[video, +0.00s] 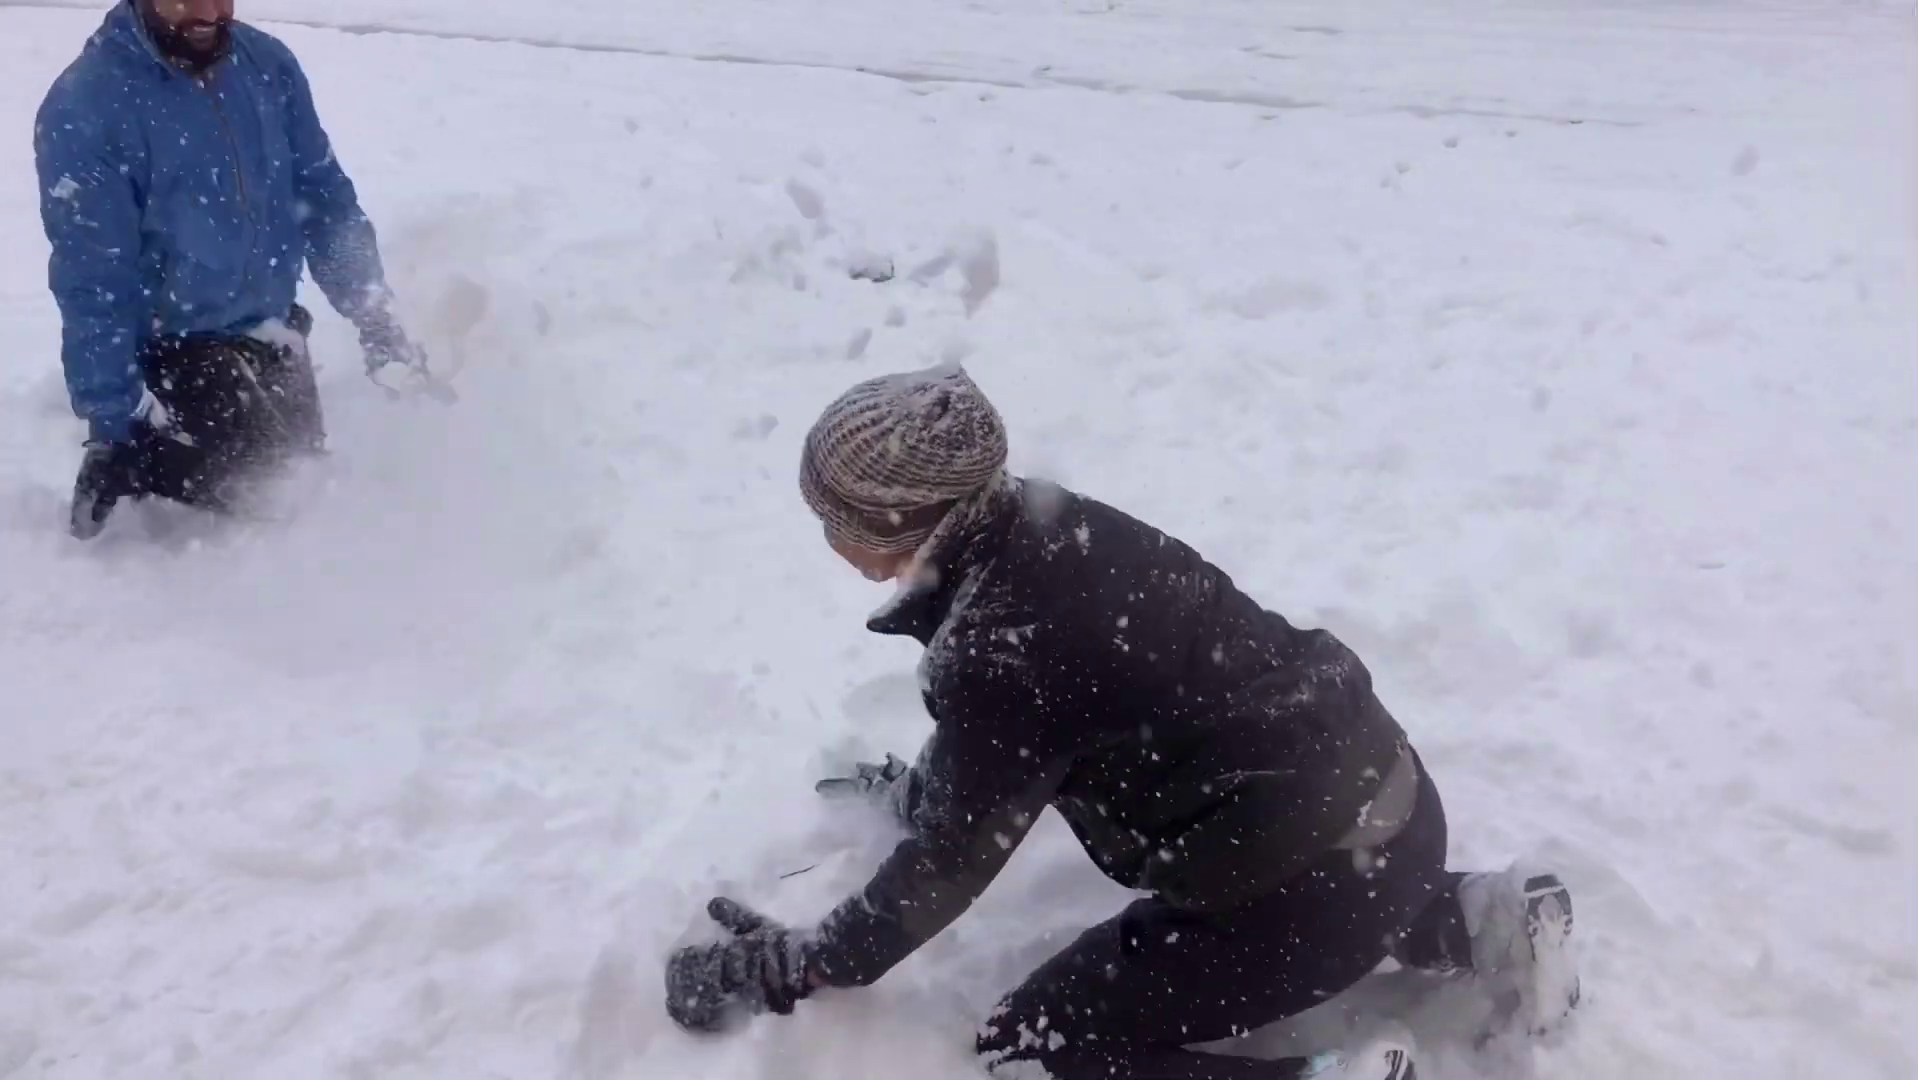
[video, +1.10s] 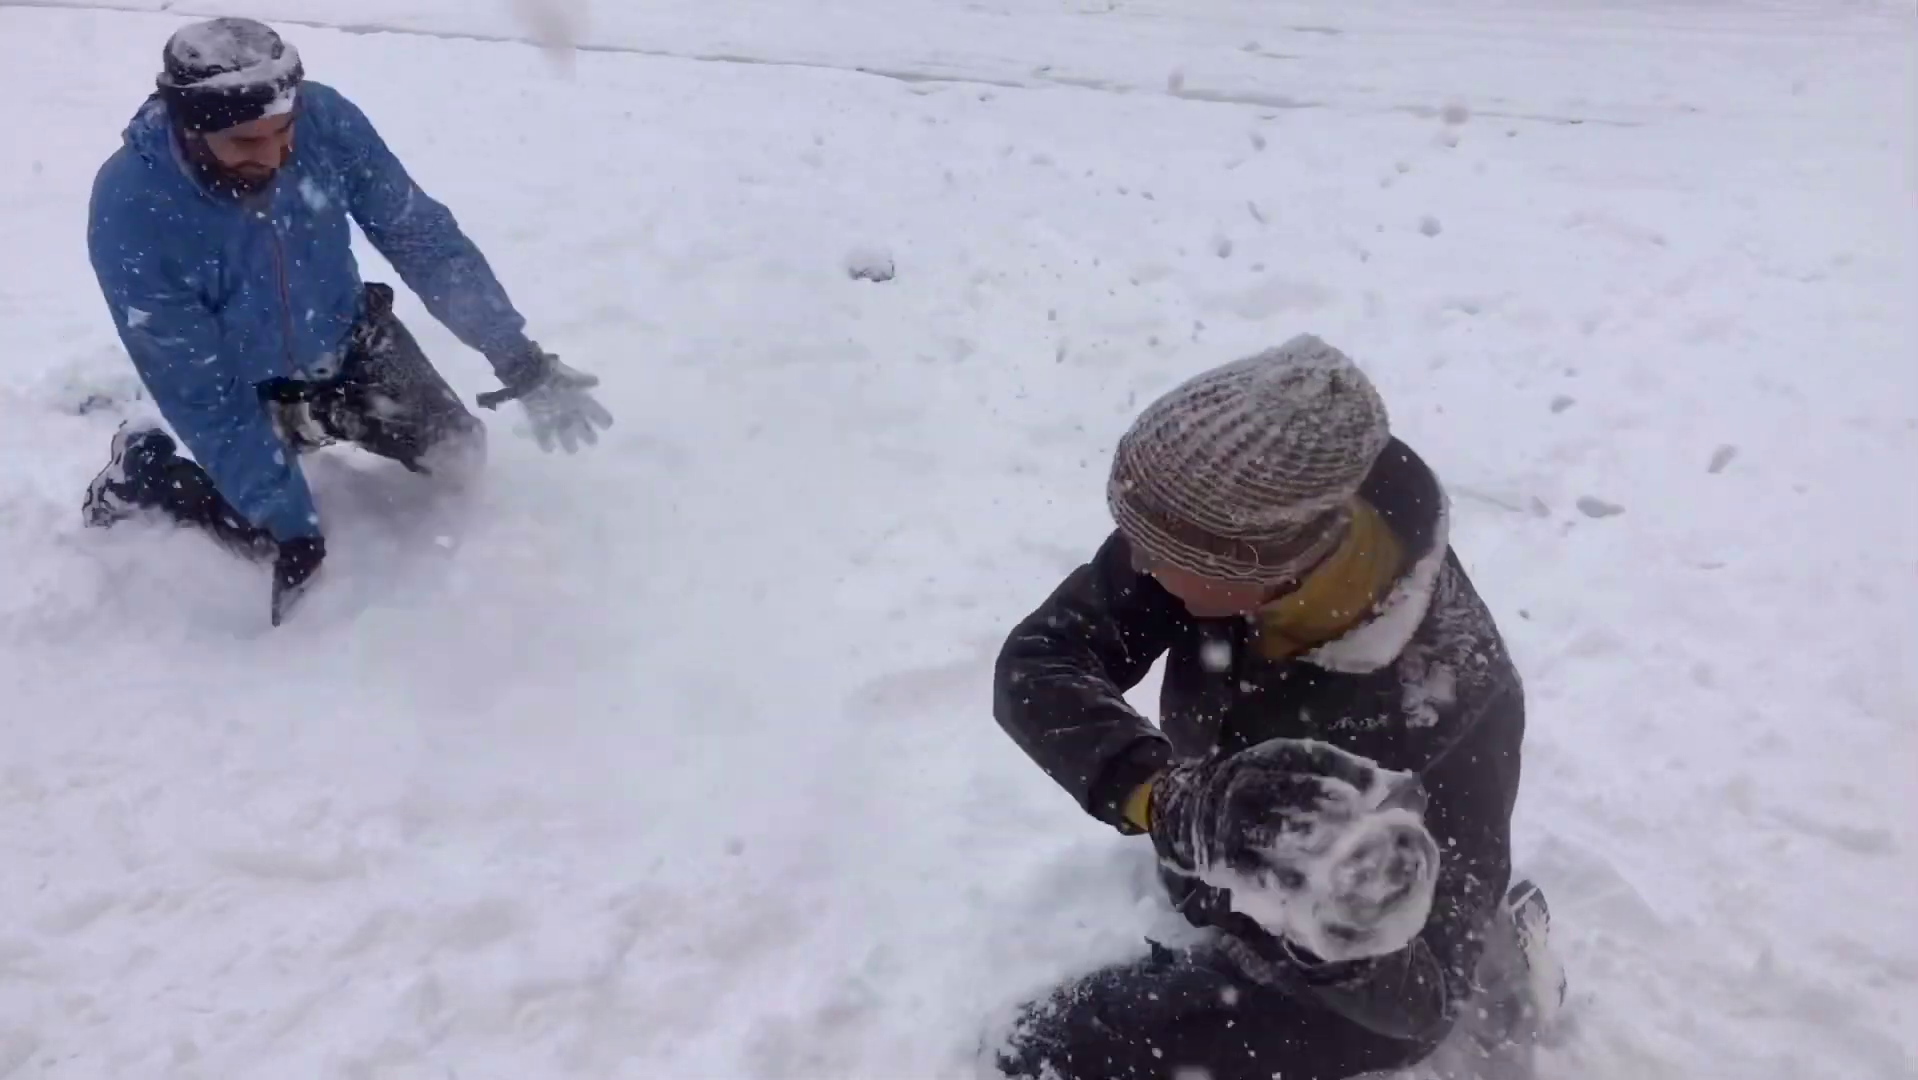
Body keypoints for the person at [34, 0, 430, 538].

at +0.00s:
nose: (209, 11)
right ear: (145, 1)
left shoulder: (267, 64)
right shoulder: (86, 107)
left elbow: (324, 199)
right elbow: (92, 281)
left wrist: (375, 317)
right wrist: (114, 429)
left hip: (274, 331)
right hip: (172, 348)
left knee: (304, 485)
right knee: (252, 496)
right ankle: (130, 467)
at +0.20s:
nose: (226, 48)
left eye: (237, 25)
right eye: (202, 31)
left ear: (252, 17)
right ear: (156, 34)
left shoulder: (262, 86)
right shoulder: (116, 141)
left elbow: (312, 222)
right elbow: (128, 321)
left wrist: (362, 339)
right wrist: (136, 474)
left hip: (275, 360)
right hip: (195, 392)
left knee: (313, 477)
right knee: (273, 530)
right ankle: (142, 488)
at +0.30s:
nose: (237, 81)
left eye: (248, 57)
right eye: (212, 62)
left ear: (261, 49)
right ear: (165, 63)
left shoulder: (268, 104)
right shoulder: (121, 164)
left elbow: (312, 233)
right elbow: (154, 363)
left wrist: (364, 345)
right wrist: (202, 518)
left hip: (268, 358)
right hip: (195, 390)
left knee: (309, 471)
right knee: (283, 533)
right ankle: (147, 477)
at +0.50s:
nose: (249, 131)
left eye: (261, 106)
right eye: (225, 111)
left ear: (275, 94)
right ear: (180, 108)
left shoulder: (295, 148)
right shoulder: (104, 193)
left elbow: (333, 281)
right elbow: (127, 383)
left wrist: (376, 397)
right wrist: (218, 479)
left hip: (279, 377)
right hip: (176, 397)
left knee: (304, 453)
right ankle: (133, 491)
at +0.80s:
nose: (265, 148)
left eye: (276, 124)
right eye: (241, 130)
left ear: (288, 109)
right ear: (191, 124)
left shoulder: (316, 164)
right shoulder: (106, 207)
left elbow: (364, 306)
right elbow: (111, 379)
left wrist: (406, 445)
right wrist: (149, 511)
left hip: (290, 358)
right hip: (184, 390)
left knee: (376, 418)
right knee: (277, 529)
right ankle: (137, 498)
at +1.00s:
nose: (270, 151)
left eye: (282, 126)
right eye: (243, 136)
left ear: (293, 108)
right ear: (191, 128)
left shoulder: (317, 136)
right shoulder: (123, 213)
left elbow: (394, 270)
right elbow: (164, 387)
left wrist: (466, 406)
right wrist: (221, 522)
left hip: (312, 341)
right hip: (211, 387)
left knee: (437, 431)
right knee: (278, 529)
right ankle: (140, 471)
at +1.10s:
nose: (278, 151)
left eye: (286, 126)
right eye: (254, 140)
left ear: (292, 101)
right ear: (199, 129)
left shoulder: (324, 124)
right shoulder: (131, 211)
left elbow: (425, 240)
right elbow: (196, 390)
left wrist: (523, 364)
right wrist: (296, 532)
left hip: (350, 345)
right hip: (243, 394)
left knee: (458, 458)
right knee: (269, 531)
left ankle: (315, 414)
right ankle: (148, 474)